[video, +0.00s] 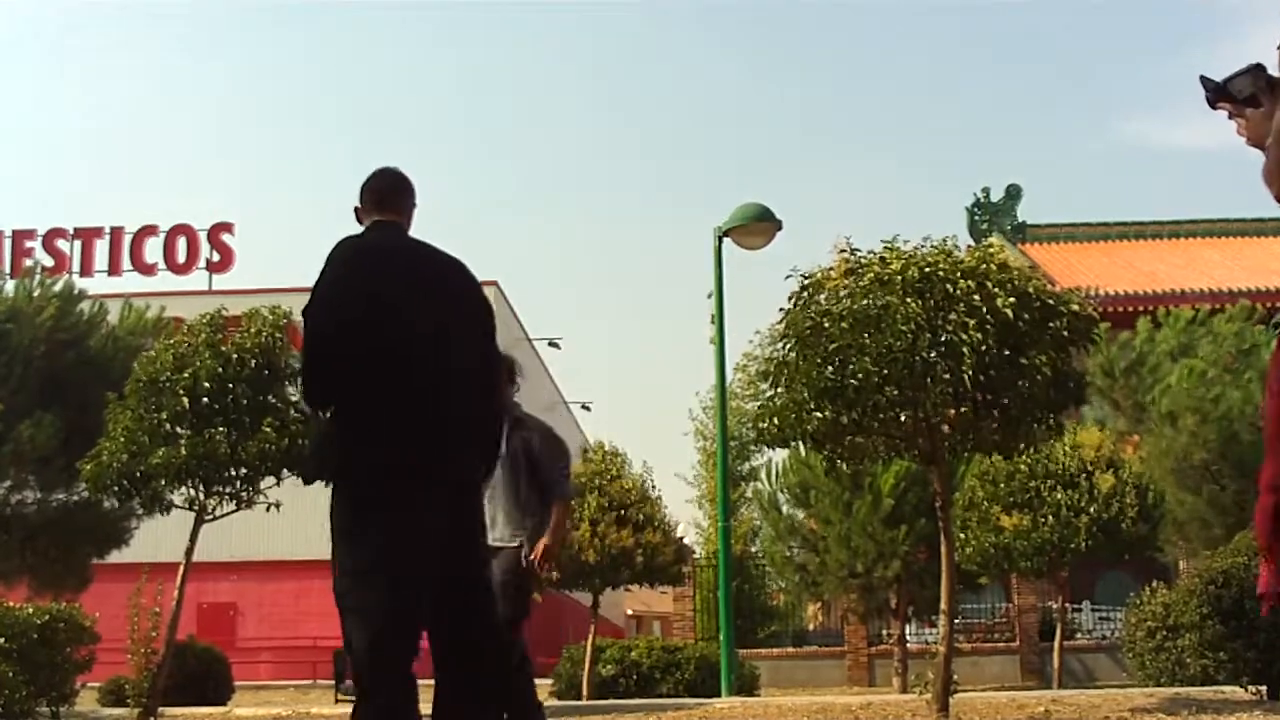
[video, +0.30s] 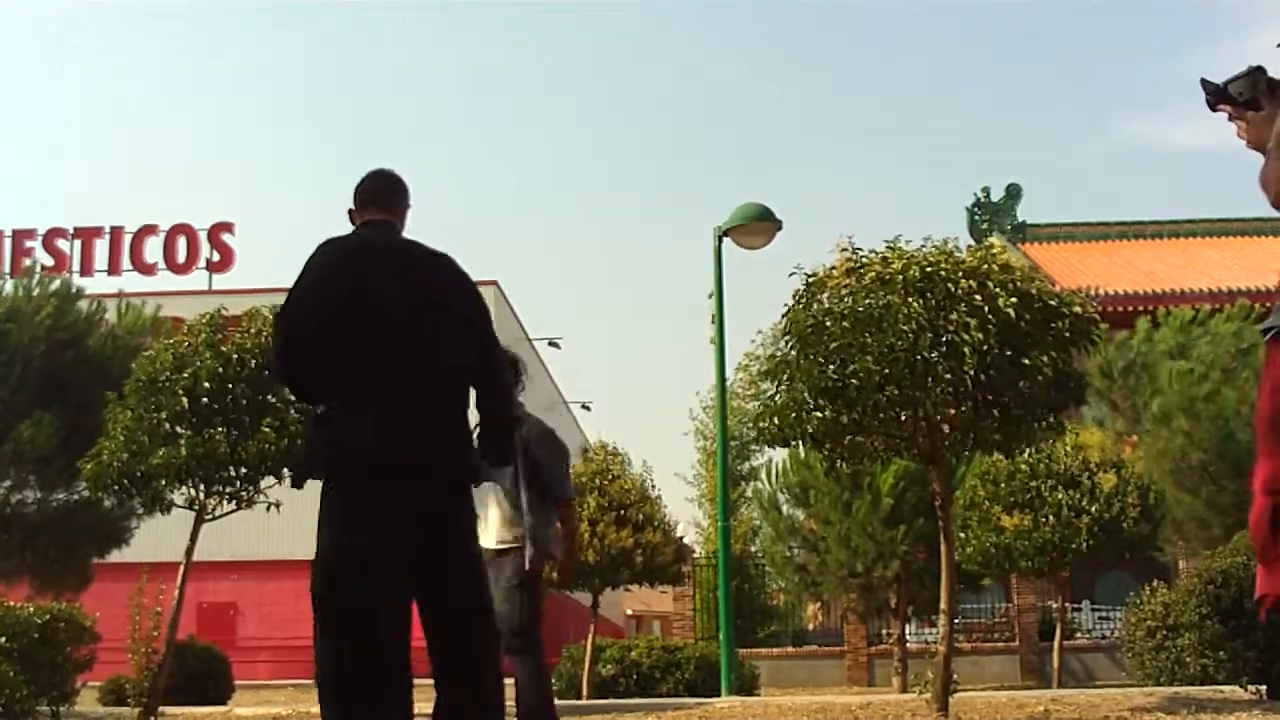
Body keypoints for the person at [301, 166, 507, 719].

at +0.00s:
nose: (371, 218)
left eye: (363, 210)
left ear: (361, 210)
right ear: (413, 211)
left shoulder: (342, 269)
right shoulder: (456, 274)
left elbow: (317, 387)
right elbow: (491, 385)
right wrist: (473, 464)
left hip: (371, 475)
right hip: (450, 475)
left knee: (379, 647)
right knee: (467, 640)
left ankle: (386, 714)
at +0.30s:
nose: (374, 220)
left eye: (363, 211)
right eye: (395, 214)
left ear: (353, 212)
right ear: (407, 214)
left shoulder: (331, 259)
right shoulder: (444, 270)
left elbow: (290, 359)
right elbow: (491, 370)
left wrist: (338, 397)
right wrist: (493, 447)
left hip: (358, 477)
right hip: (438, 469)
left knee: (358, 633)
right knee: (463, 635)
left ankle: (365, 718)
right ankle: (471, 719)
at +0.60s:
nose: (355, 208)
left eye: (336, 199)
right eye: (370, 198)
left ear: (324, 199)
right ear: (379, 199)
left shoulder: (298, 257)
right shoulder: (414, 254)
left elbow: (270, 354)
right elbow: (477, 346)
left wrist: (321, 385)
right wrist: (519, 418)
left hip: (337, 459)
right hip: (417, 456)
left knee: (354, 614)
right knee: (446, 609)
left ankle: (364, 708)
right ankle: (460, 706)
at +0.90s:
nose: (364, 215)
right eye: (367, 207)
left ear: (310, 208)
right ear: (364, 208)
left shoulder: (279, 267)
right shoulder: (400, 261)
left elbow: (256, 365)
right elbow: (468, 344)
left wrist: (319, 389)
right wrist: (493, 422)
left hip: (320, 476)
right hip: (407, 469)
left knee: (322, 621)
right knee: (441, 629)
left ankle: (283, 716)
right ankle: (453, 716)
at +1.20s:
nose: (375, 218)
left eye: (376, 210)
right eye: (374, 209)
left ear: (318, 202)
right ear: (355, 202)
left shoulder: (267, 269)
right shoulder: (371, 246)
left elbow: (246, 364)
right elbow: (417, 335)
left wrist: (280, 438)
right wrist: (448, 417)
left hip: (301, 463)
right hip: (385, 453)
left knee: (310, 608)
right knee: (425, 600)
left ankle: (303, 713)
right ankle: (462, 709)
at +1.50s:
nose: (426, 213)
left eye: (428, 202)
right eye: (425, 201)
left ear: (377, 187)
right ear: (407, 190)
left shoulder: (330, 250)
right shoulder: (392, 237)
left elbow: (305, 353)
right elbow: (402, 340)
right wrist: (449, 401)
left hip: (324, 448)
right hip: (380, 449)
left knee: (340, 597)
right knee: (396, 596)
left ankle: (314, 710)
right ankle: (417, 710)